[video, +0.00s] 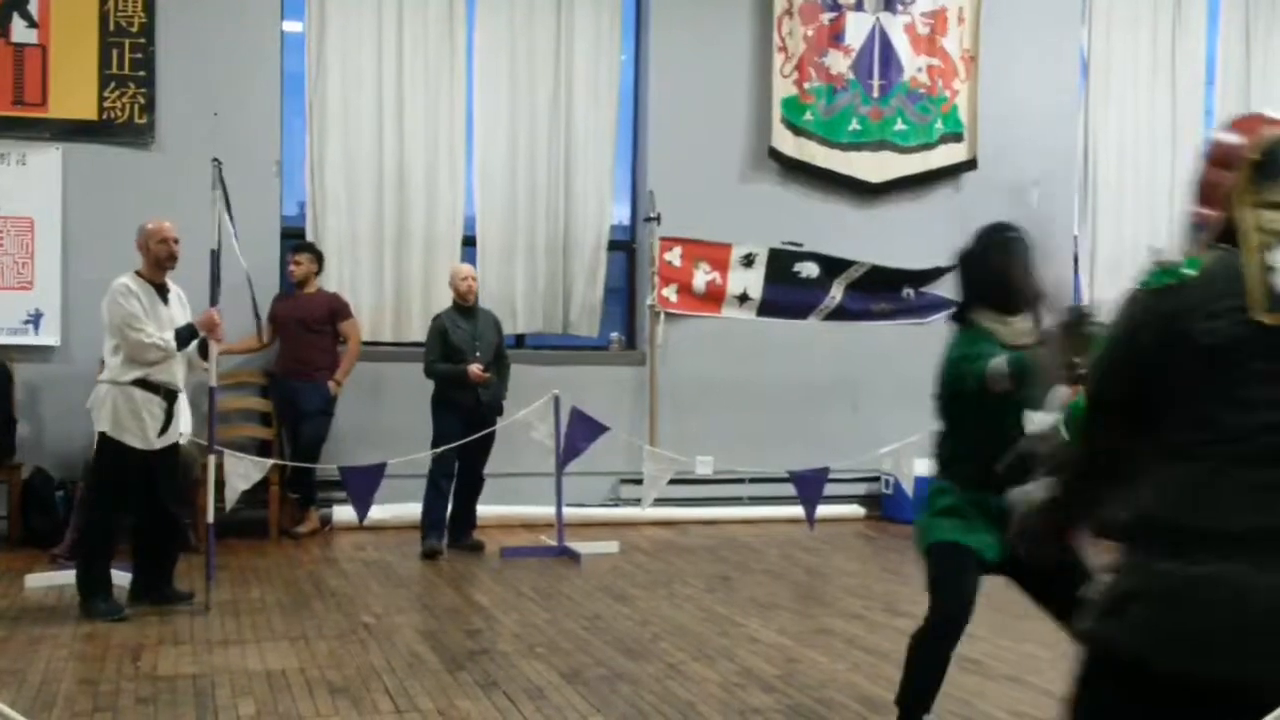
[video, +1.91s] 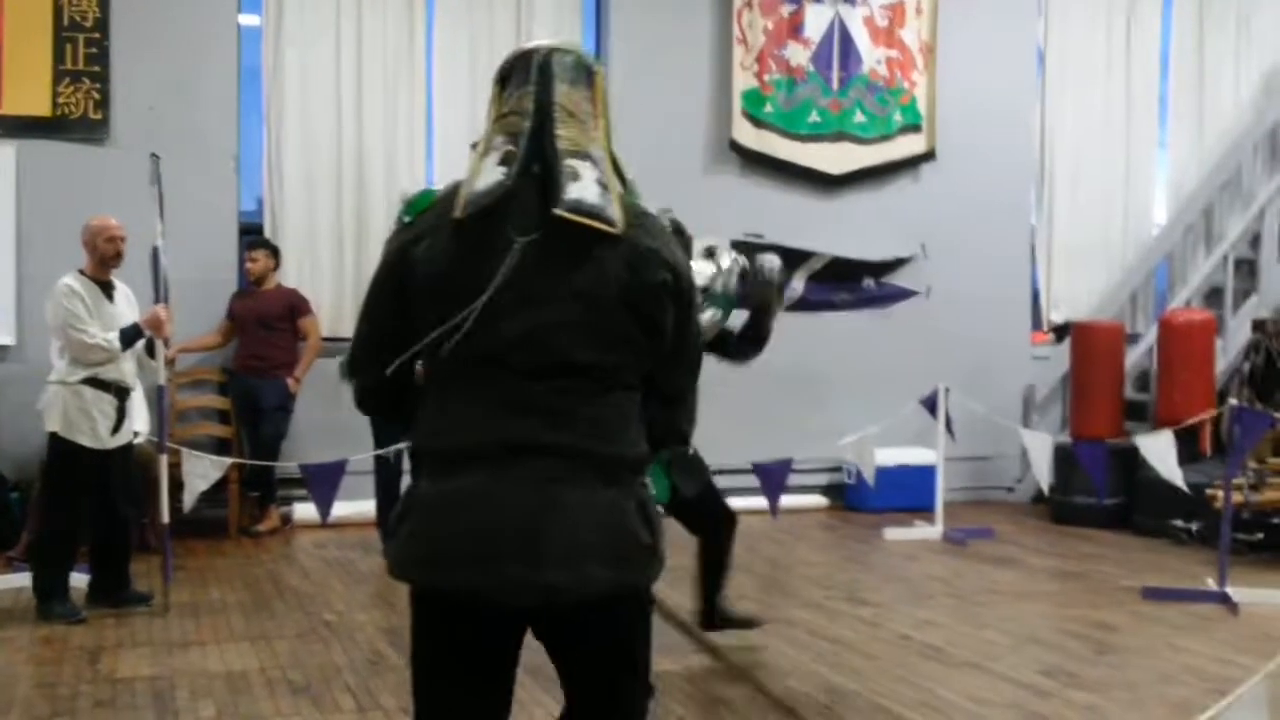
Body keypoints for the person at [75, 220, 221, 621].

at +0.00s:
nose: (173, 249)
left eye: (176, 242)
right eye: (164, 242)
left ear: (178, 248)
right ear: (143, 249)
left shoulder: (177, 296)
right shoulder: (123, 291)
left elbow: (184, 362)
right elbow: (144, 349)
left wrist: (206, 347)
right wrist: (196, 329)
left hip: (167, 413)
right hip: (125, 410)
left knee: (161, 504)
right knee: (107, 503)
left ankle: (153, 584)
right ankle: (95, 593)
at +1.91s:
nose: (120, 248)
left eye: (122, 241)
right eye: (111, 241)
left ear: (124, 246)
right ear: (89, 246)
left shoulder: (125, 294)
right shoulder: (68, 291)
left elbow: (142, 363)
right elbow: (87, 349)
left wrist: (158, 346)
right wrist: (142, 328)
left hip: (119, 415)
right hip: (77, 412)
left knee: (115, 505)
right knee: (64, 506)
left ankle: (111, 586)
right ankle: (51, 595)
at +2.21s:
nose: (80, 247)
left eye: (84, 239)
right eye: (72, 239)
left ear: (88, 245)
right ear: (54, 245)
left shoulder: (91, 294)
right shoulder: (33, 289)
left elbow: (103, 358)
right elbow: (46, 346)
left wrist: (123, 342)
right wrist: (99, 333)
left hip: (85, 413)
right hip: (40, 412)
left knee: (79, 505)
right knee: (25, 507)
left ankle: (73, 586)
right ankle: (13, 592)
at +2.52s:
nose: (28, 249)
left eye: (31, 242)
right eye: (19, 242)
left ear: (35, 247)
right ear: (2, 246)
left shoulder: (36, 296)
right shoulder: (3, 295)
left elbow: (49, 362)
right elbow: (6, 352)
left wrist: (67, 346)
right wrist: (46, 334)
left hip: (35, 423)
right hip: (7, 426)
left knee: (31, 511)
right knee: (10, 512)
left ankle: (24, 588)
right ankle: (13, 590)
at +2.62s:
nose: (12, 249)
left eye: (13, 242)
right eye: (7, 242)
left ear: (14, 246)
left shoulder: (17, 295)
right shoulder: (9, 297)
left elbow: (26, 357)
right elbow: (6, 348)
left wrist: (45, 342)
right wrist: (29, 332)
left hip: (21, 414)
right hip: (9, 416)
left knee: (17, 505)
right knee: (12, 506)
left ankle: (11, 587)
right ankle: (9, 588)